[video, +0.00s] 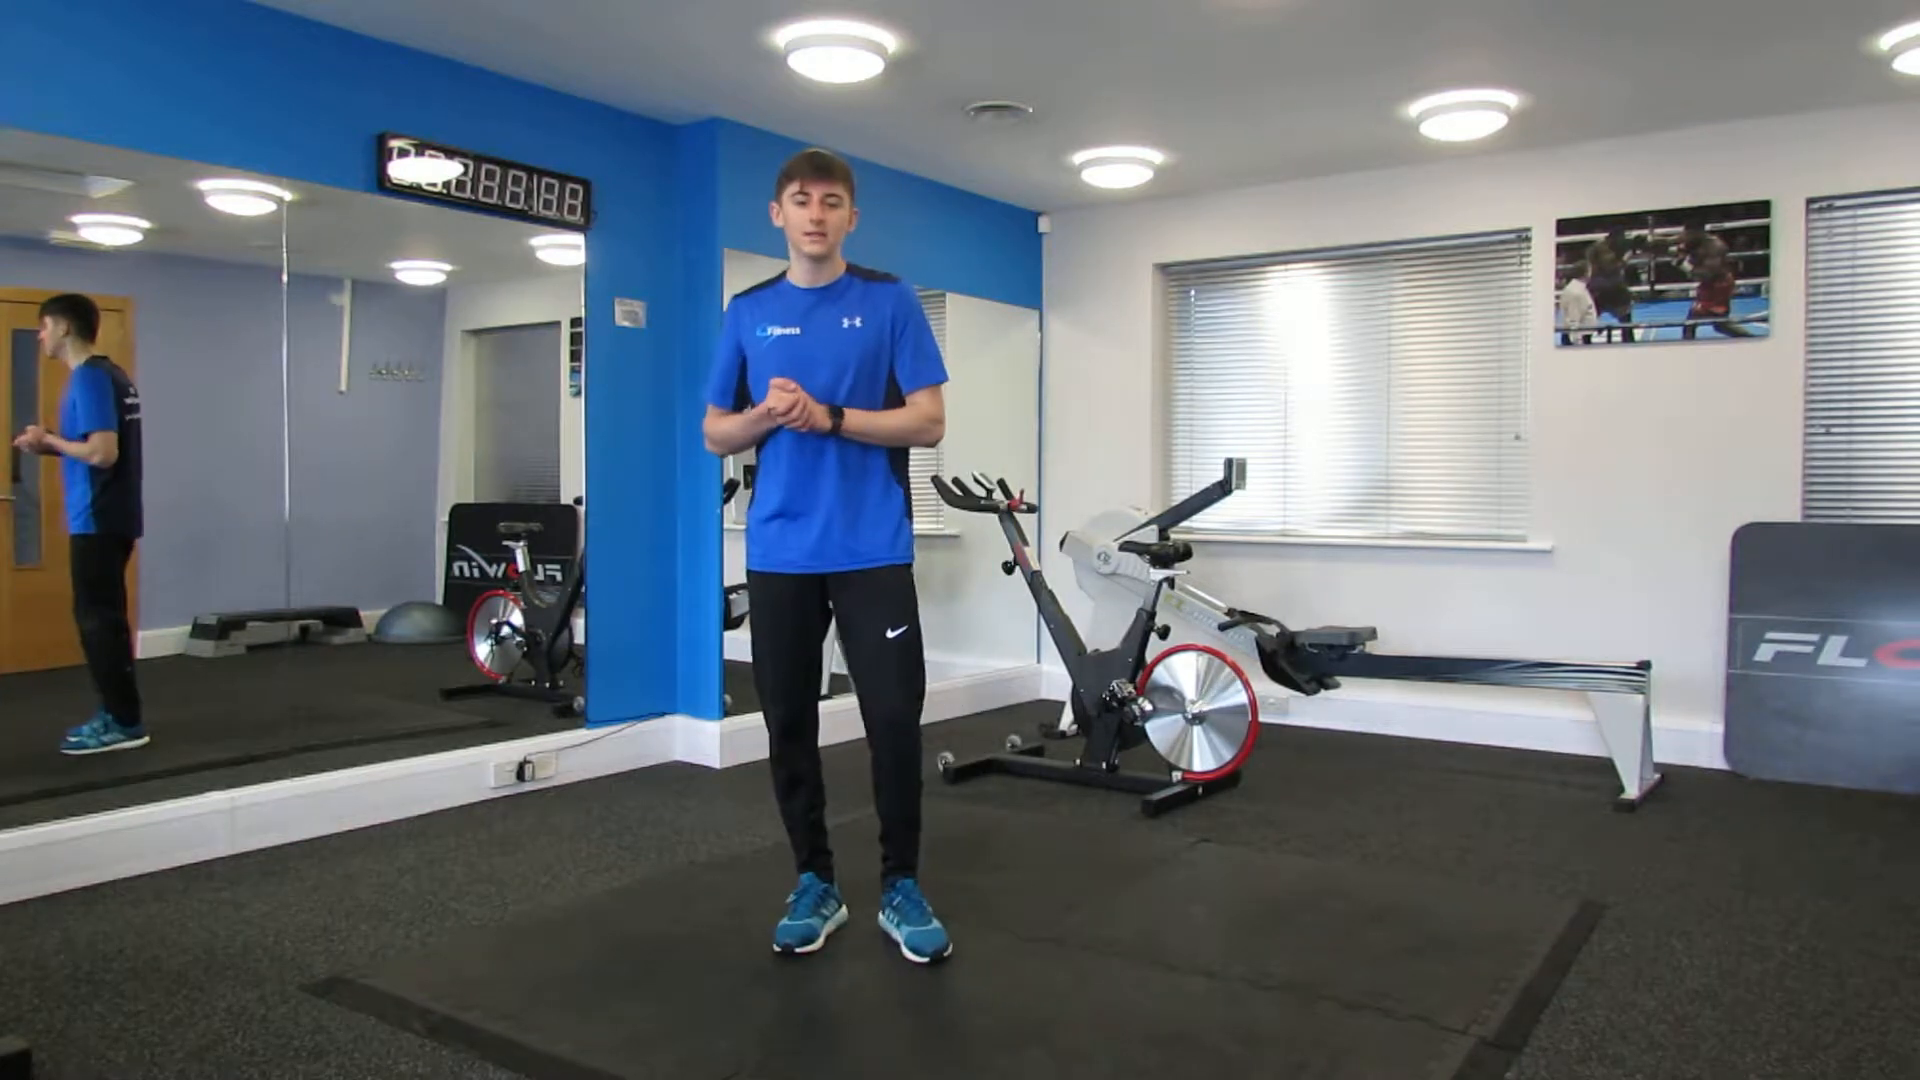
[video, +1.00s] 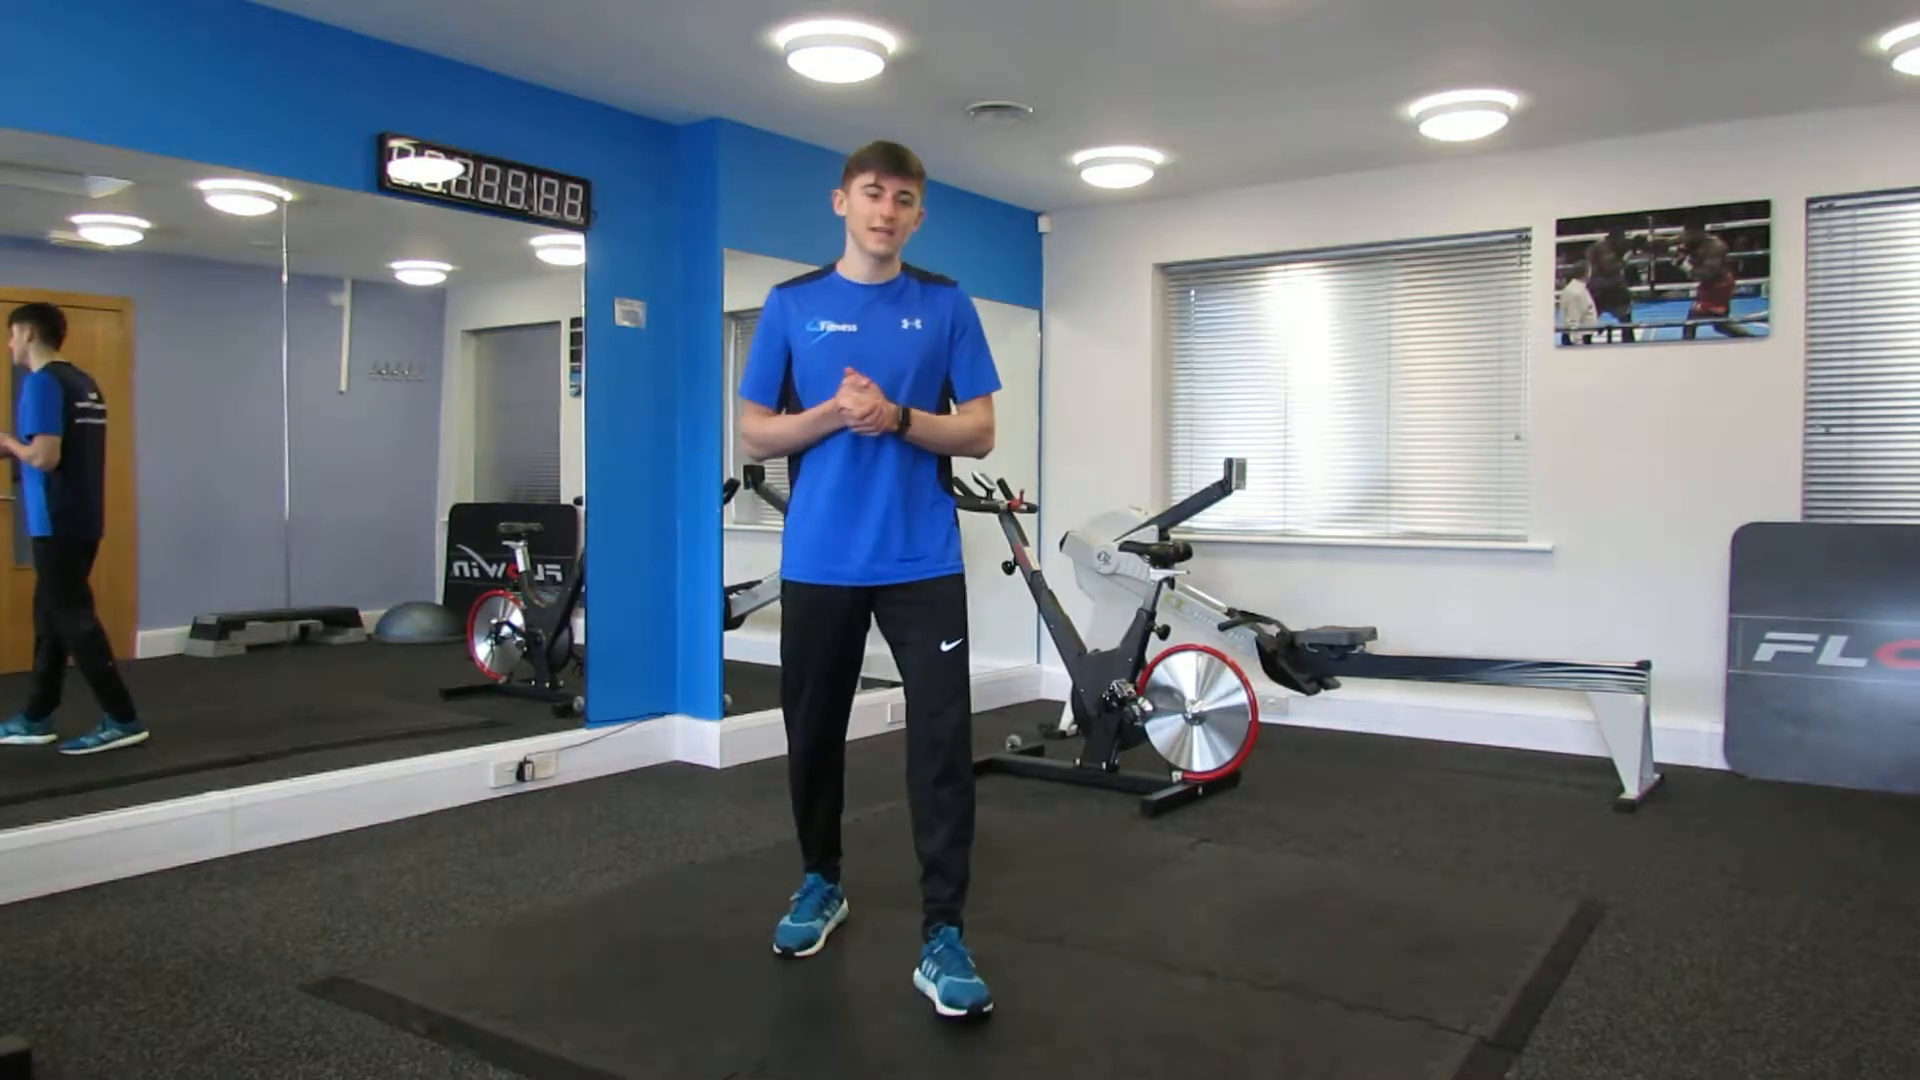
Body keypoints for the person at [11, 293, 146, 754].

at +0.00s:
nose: (40, 335)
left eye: (45, 326)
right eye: (41, 327)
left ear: (65, 328)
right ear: (81, 330)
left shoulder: (91, 376)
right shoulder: (109, 375)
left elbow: (103, 451)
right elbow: (96, 446)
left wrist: (50, 440)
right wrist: (49, 443)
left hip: (98, 524)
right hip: (109, 523)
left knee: (96, 616)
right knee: (104, 615)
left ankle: (124, 719)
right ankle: (117, 715)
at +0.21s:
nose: (41, 335)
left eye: (45, 326)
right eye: (42, 326)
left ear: (65, 328)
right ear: (82, 329)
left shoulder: (91, 377)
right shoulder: (105, 374)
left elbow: (103, 452)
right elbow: (94, 446)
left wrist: (47, 439)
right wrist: (45, 442)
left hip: (97, 524)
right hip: (107, 522)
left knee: (98, 619)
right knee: (102, 617)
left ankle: (124, 720)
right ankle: (117, 716)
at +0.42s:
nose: (38, 335)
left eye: (42, 326)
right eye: (39, 327)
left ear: (62, 328)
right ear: (81, 329)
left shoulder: (84, 376)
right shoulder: (110, 375)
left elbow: (89, 452)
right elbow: (87, 448)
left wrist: (42, 437)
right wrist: (42, 442)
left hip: (93, 524)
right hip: (108, 520)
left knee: (83, 610)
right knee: (93, 609)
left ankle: (122, 718)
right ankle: (114, 713)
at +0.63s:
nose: (32, 337)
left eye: (35, 327)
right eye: (33, 328)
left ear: (52, 328)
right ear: (74, 330)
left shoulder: (73, 378)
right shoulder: (106, 375)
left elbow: (76, 452)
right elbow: (90, 448)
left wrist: (39, 440)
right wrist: (40, 445)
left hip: (87, 523)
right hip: (100, 520)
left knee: (90, 614)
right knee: (62, 604)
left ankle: (125, 720)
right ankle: (84, 707)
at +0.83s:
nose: (19, 342)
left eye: (23, 332)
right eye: (21, 333)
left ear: (40, 333)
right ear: (61, 335)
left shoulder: (58, 382)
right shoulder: (94, 380)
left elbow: (64, 454)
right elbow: (81, 450)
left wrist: (23, 442)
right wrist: (30, 446)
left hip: (75, 529)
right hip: (98, 526)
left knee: (93, 620)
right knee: (68, 621)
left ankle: (126, 721)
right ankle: (43, 716)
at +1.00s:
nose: (9, 345)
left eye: (12, 336)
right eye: (10, 336)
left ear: (27, 335)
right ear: (54, 336)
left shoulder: (43, 381)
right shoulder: (85, 383)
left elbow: (46, 456)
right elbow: (81, 457)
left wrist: (11, 445)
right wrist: (24, 451)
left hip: (57, 529)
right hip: (82, 527)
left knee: (74, 620)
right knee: (51, 619)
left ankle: (124, 719)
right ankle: (36, 718)